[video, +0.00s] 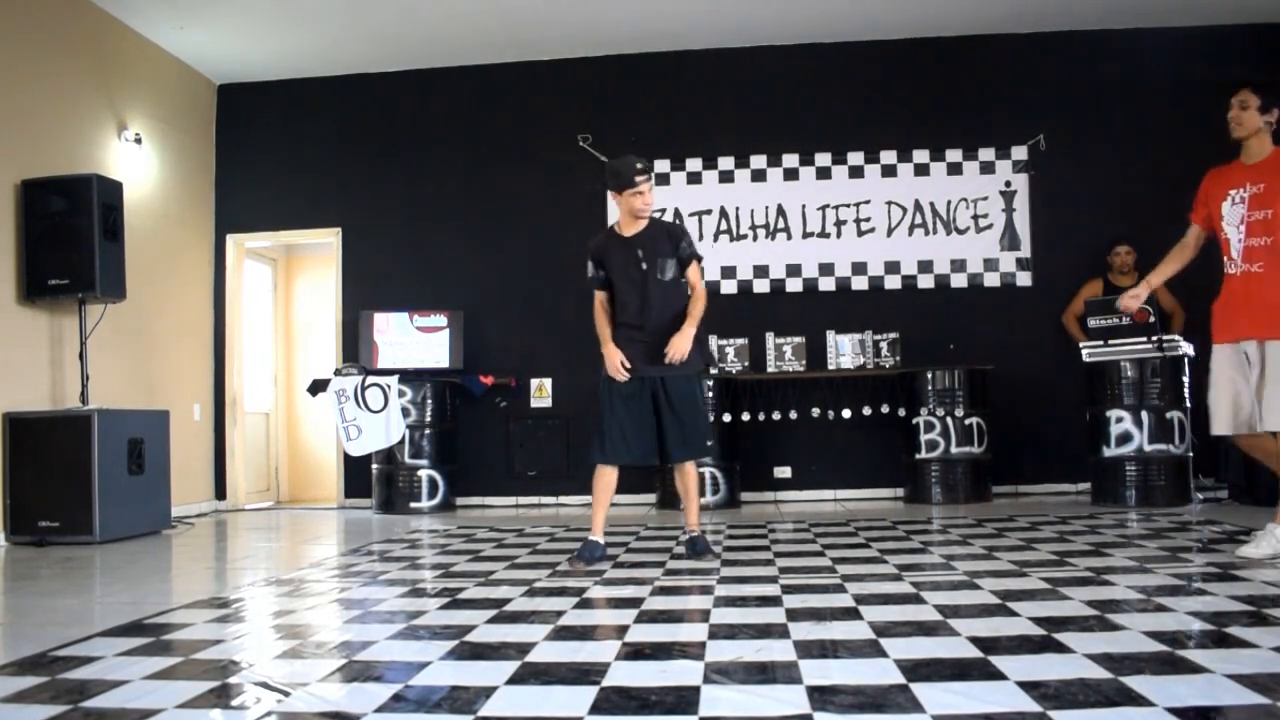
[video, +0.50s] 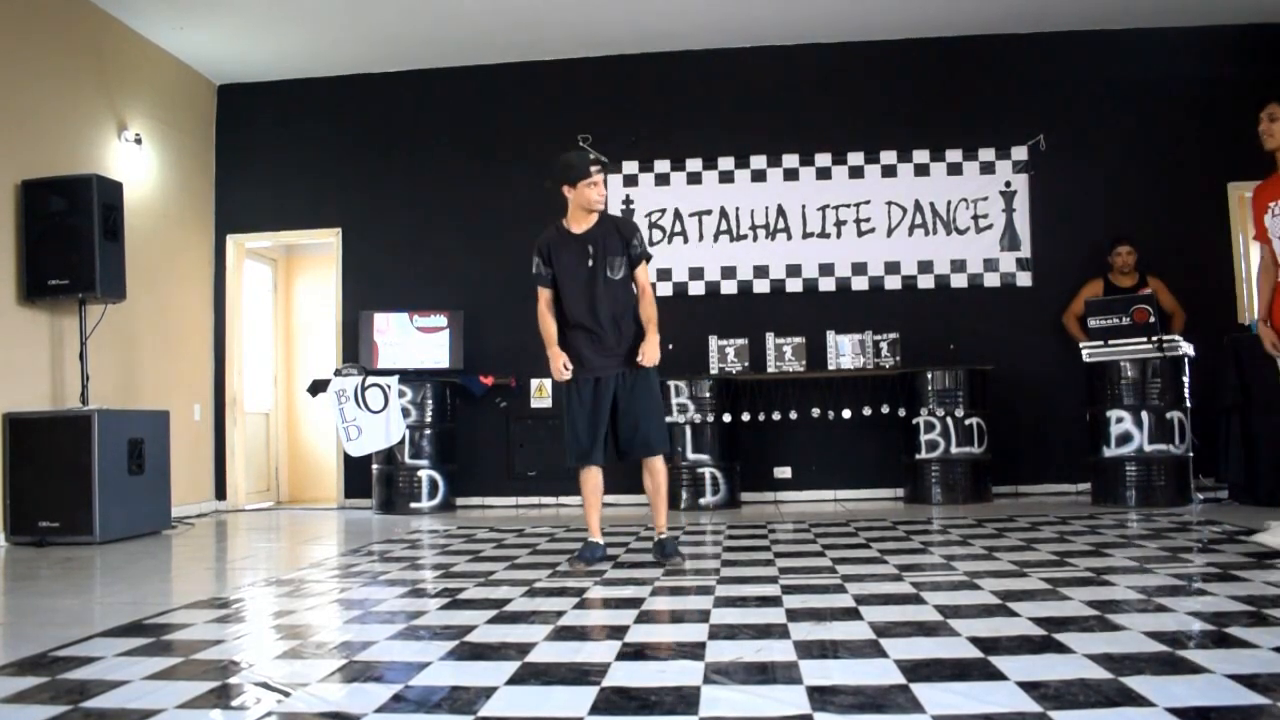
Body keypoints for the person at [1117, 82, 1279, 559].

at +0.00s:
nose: (1233, 116)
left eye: (1244, 108)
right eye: (1232, 108)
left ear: (1270, 117)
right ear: (1231, 118)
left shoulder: (1276, 167)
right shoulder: (1219, 179)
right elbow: (1190, 243)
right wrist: (1145, 286)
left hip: (1274, 320)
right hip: (1233, 322)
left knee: (1271, 427)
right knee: (1240, 429)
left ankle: (1276, 525)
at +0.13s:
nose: (1248, 116)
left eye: (1259, 109)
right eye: (1246, 109)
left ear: (1279, 120)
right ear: (1241, 119)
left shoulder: (1279, 171)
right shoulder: (1226, 180)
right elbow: (1208, 245)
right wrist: (1174, 282)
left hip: (1277, 320)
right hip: (1242, 323)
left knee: (1273, 428)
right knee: (1261, 429)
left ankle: (1277, 525)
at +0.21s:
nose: (1254, 119)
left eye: (1264, 111)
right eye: (1252, 112)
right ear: (1249, 122)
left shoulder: (1272, 176)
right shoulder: (1232, 183)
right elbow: (1220, 244)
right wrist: (1204, 284)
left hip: (1275, 322)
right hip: (1251, 326)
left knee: (1272, 427)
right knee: (1266, 428)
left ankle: (1274, 524)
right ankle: (1272, 522)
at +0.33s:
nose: (1263, 124)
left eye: (1271, 116)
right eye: (1260, 117)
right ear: (1254, 126)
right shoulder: (1244, 189)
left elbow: (1244, 256)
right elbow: (1244, 255)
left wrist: (1250, 311)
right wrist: (1249, 311)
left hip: (1277, 328)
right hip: (1270, 329)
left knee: (1276, 423)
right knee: (1276, 421)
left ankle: (1278, 521)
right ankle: (1278, 520)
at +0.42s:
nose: (1265, 128)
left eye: (1273, 120)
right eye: (1262, 121)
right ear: (1257, 131)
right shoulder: (1254, 194)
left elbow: (1262, 266)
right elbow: (1261, 266)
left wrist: (1268, 324)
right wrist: (1268, 325)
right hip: (1277, 330)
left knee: (1278, 425)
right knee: (1279, 422)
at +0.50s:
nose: (1263, 127)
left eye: (1272, 119)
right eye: (1260, 120)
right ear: (1258, 128)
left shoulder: (1264, 192)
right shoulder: (1264, 192)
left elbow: (1268, 260)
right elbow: (1268, 259)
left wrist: (1262, 320)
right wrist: (1262, 319)